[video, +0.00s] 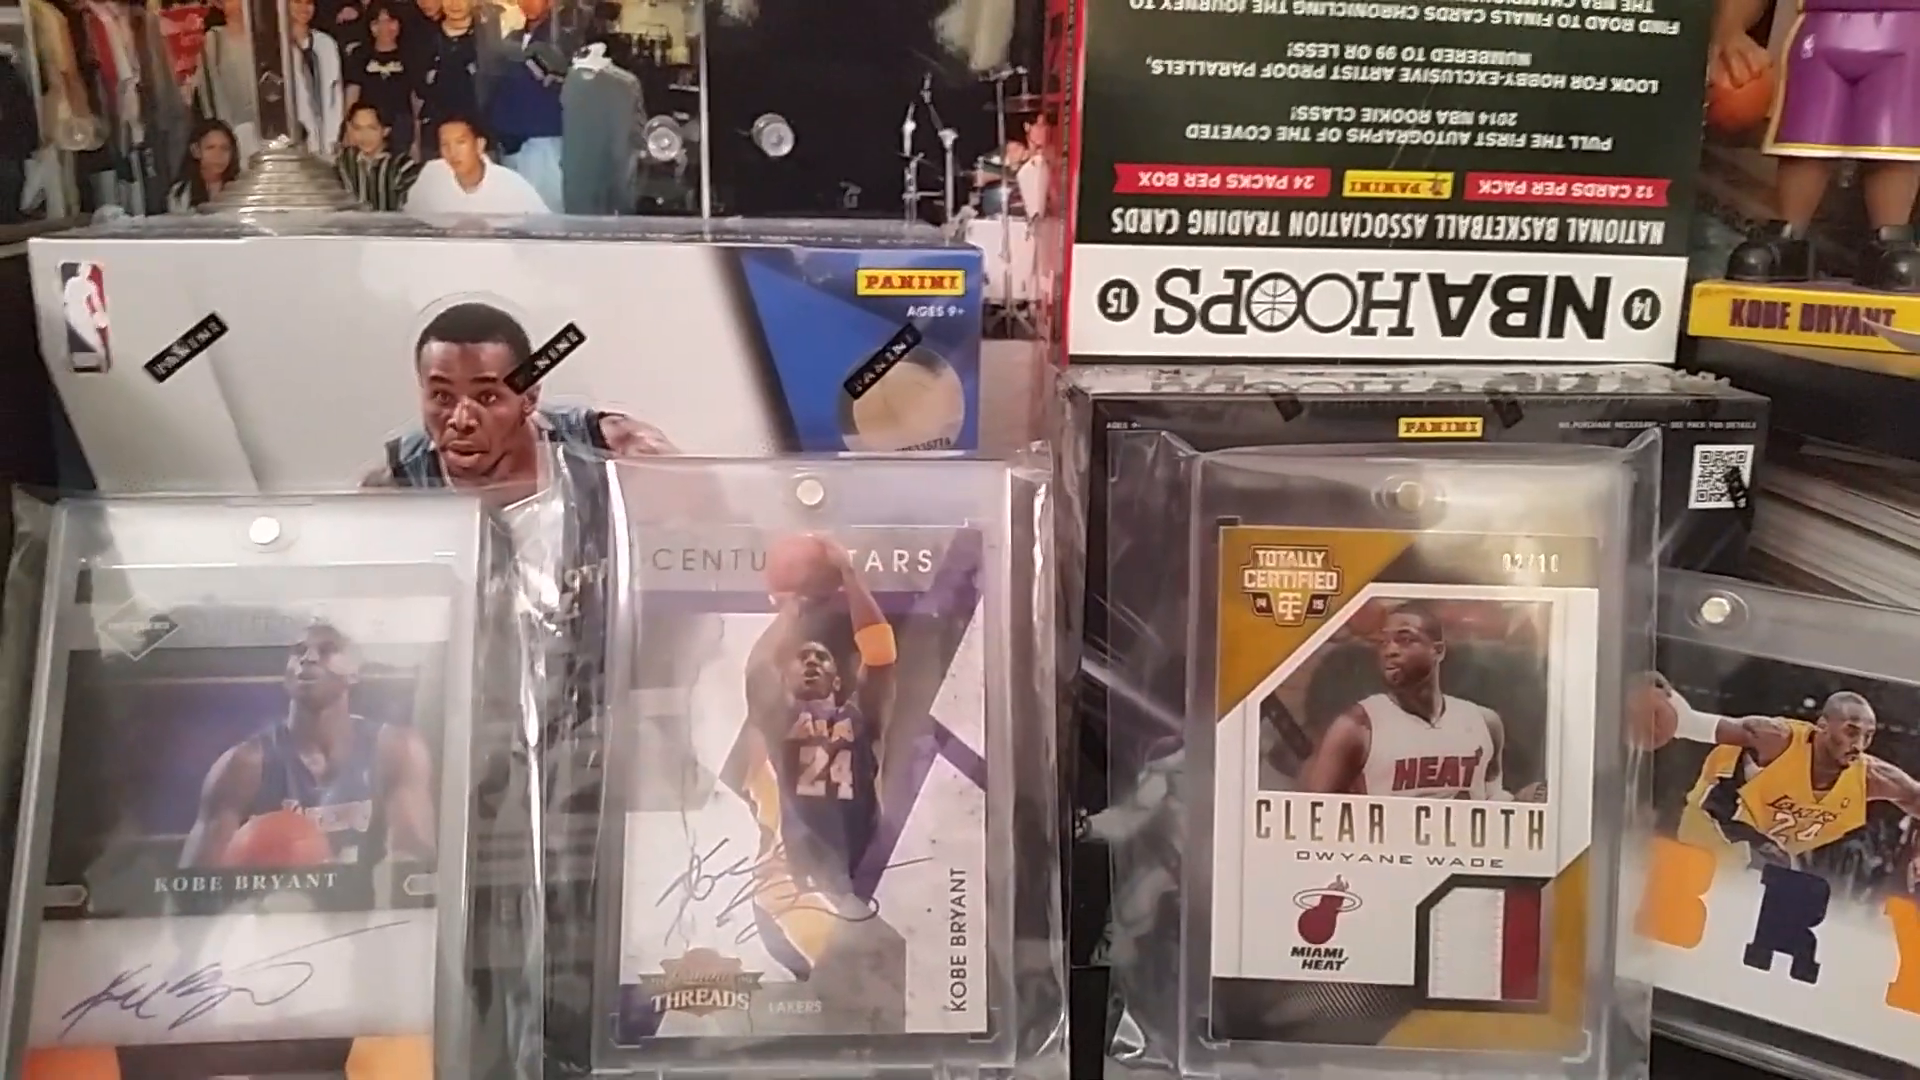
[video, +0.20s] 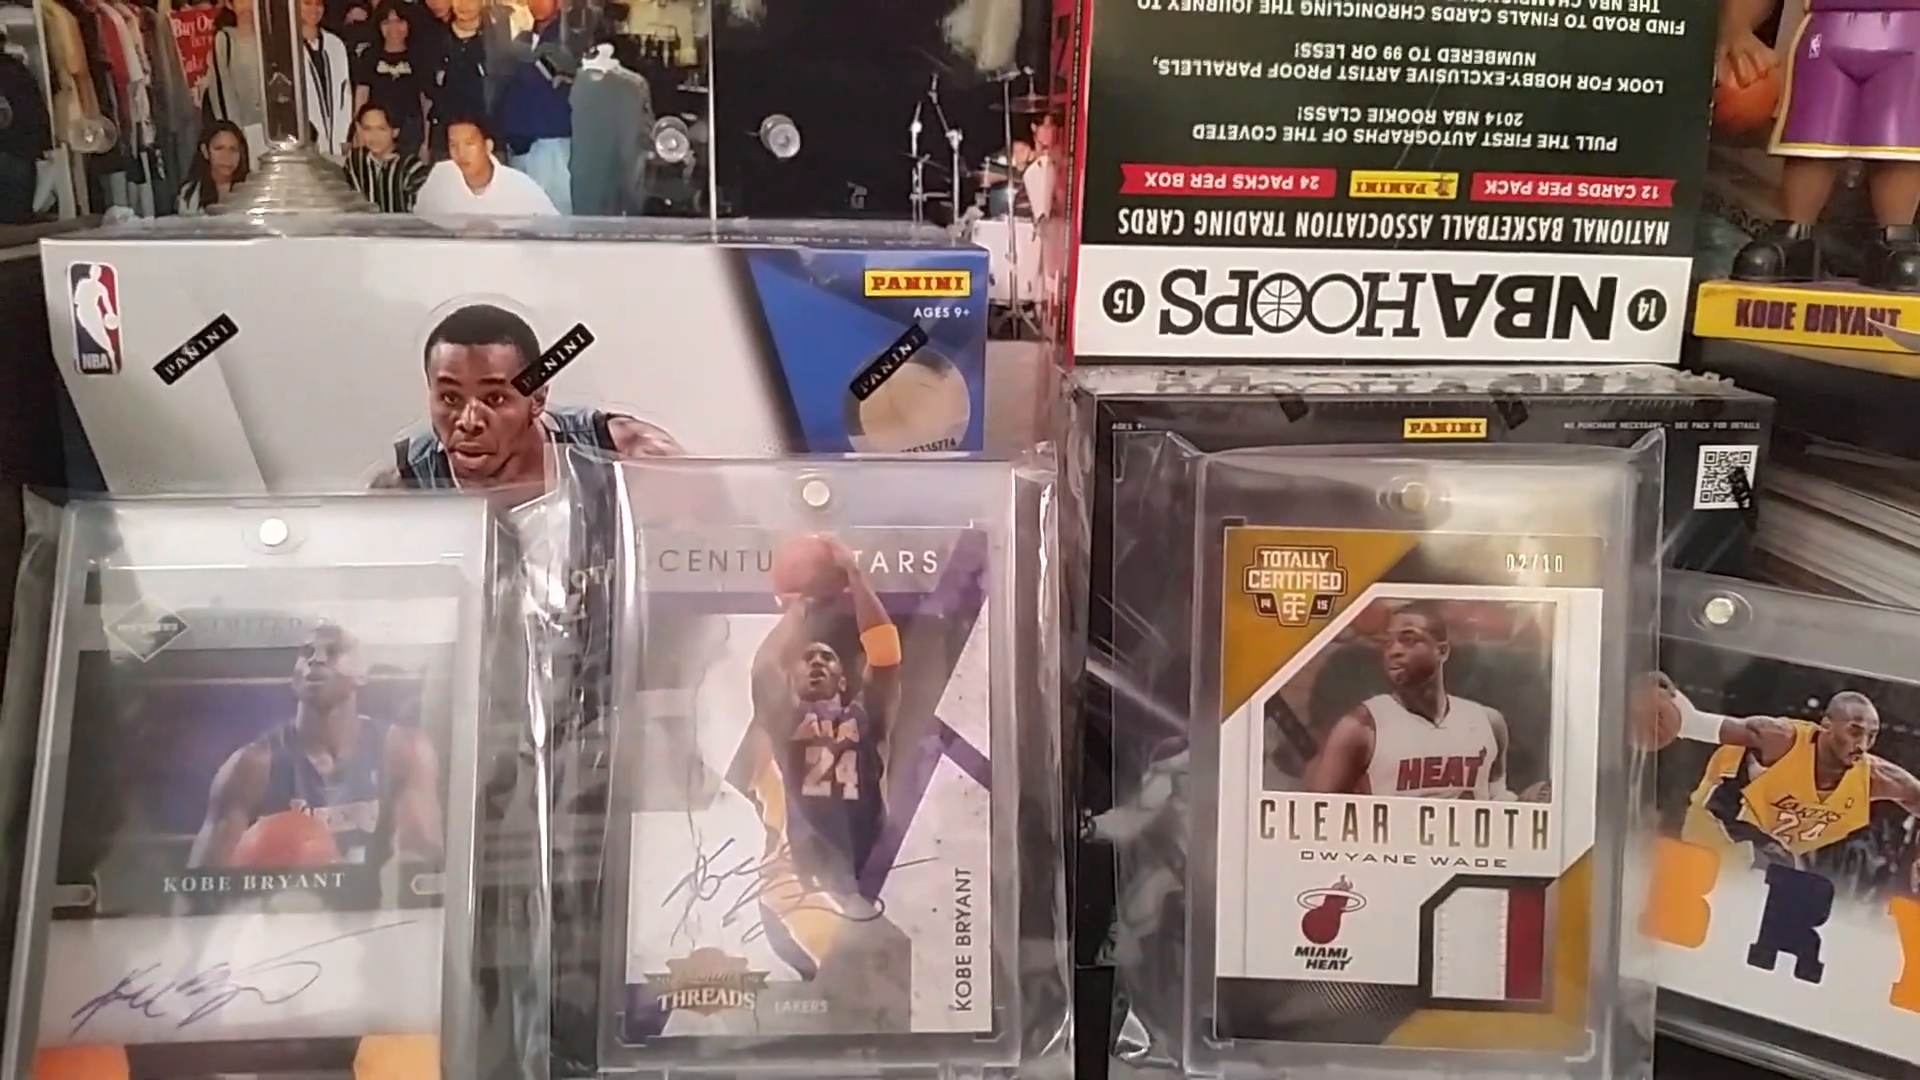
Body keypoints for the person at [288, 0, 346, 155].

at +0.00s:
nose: (305, 8)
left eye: (309, 3)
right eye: (298, 2)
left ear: (314, 8)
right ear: (288, 5)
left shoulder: (327, 44)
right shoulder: (280, 46)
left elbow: (336, 94)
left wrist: (331, 140)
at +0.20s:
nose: (315, 9)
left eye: (319, 4)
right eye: (308, 3)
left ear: (324, 8)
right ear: (296, 7)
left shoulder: (336, 44)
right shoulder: (289, 47)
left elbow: (346, 90)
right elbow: (288, 96)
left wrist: (344, 136)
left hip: (338, 142)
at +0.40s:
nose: (334, 10)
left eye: (338, 4)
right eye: (326, 4)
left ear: (342, 8)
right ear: (315, 7)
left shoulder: (355, 44)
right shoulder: (309, 47)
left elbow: (365, 91)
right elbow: (307, 97)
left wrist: (362, 137)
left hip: (357, 143)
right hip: (326, 144)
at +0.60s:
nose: (352, 10)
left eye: (356, 4)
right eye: (345, 4)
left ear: (360, 8)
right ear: (334, 8)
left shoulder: (373, 44)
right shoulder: (327, 47)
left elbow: (383, 90)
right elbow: (326, 95)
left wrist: (381, 136)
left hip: (375, 141)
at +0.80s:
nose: (356, 10)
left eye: (360, 4)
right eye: (350, 4)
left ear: (365, 8)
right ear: (339, 7)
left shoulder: (378, 44)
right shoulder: (331, 46)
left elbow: (387, 90)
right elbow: (331, 94)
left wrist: (385, 135)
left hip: (378, 139)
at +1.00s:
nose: (405, 10)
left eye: (407, 4)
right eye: (398, 4)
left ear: (410, 9)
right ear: (386, 10)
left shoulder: (425, 45)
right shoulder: (379, 49)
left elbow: (434, 91)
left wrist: (431, 133)